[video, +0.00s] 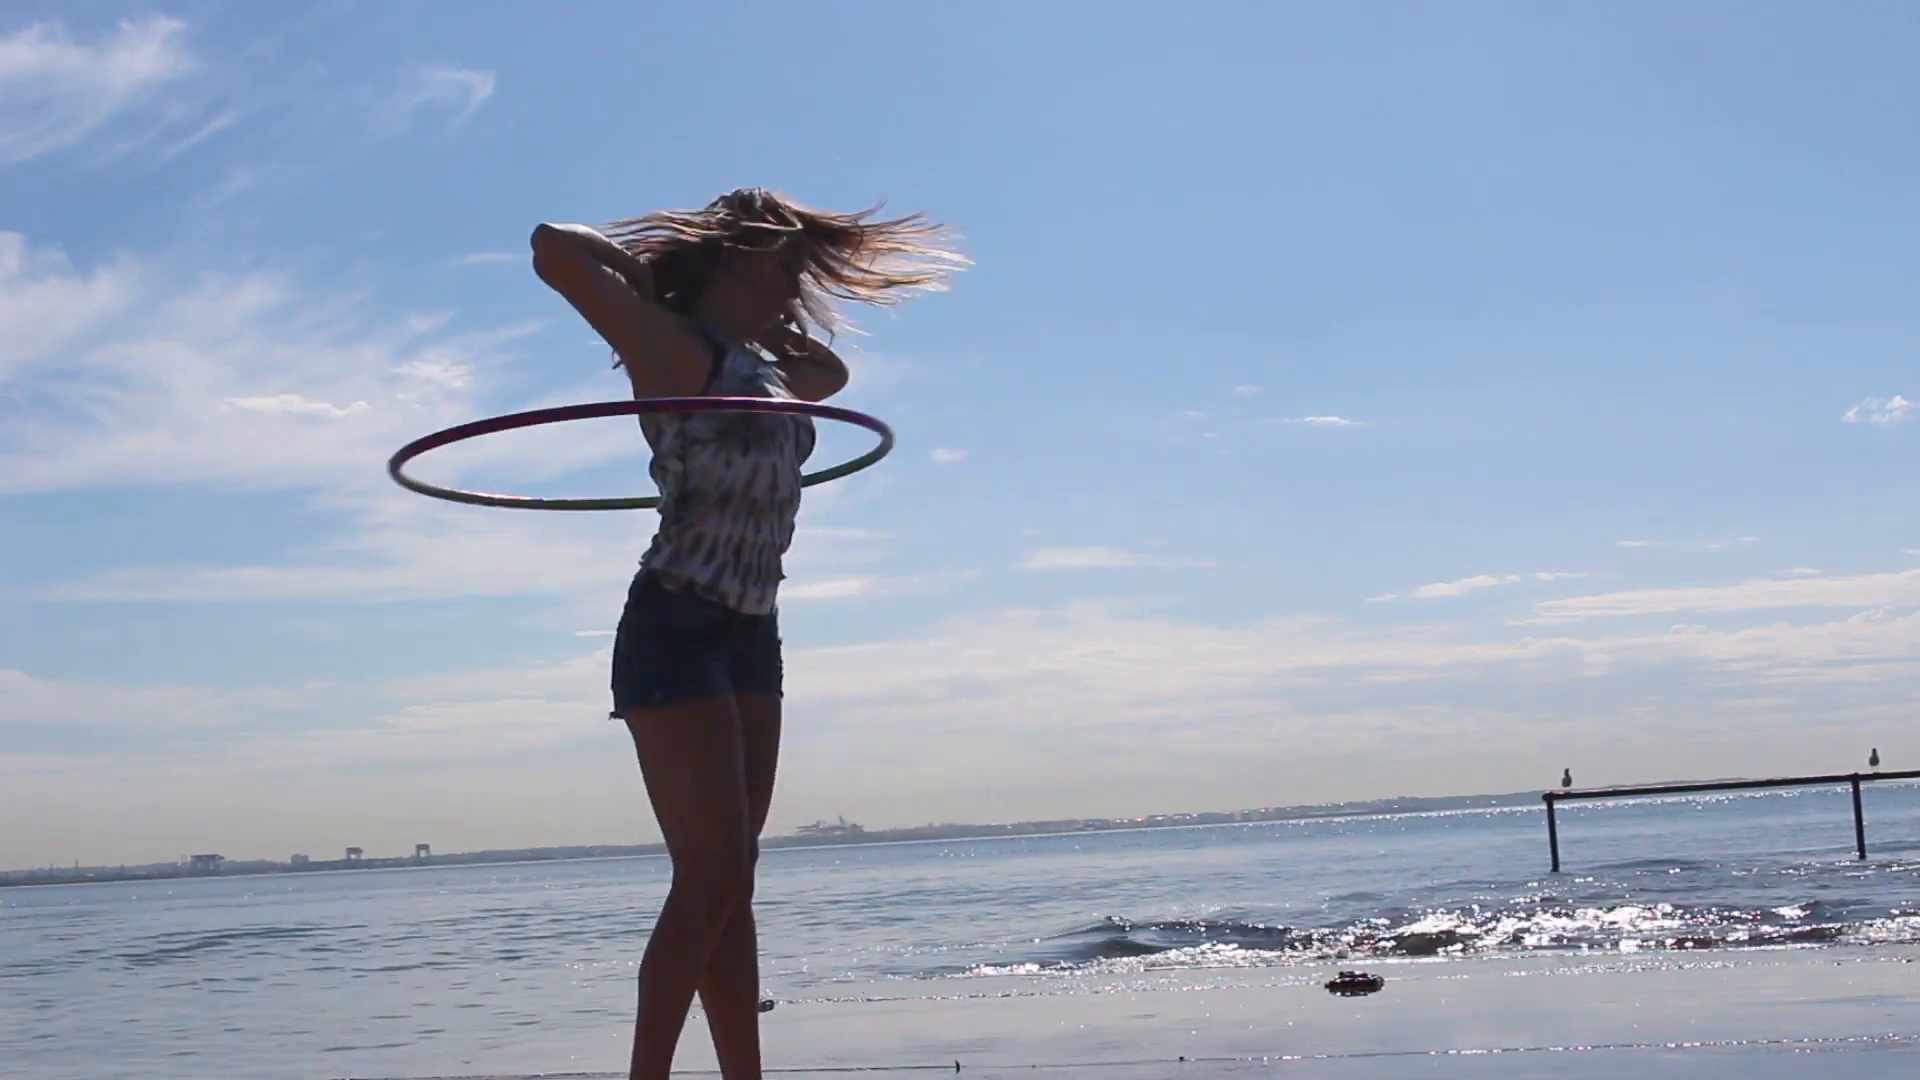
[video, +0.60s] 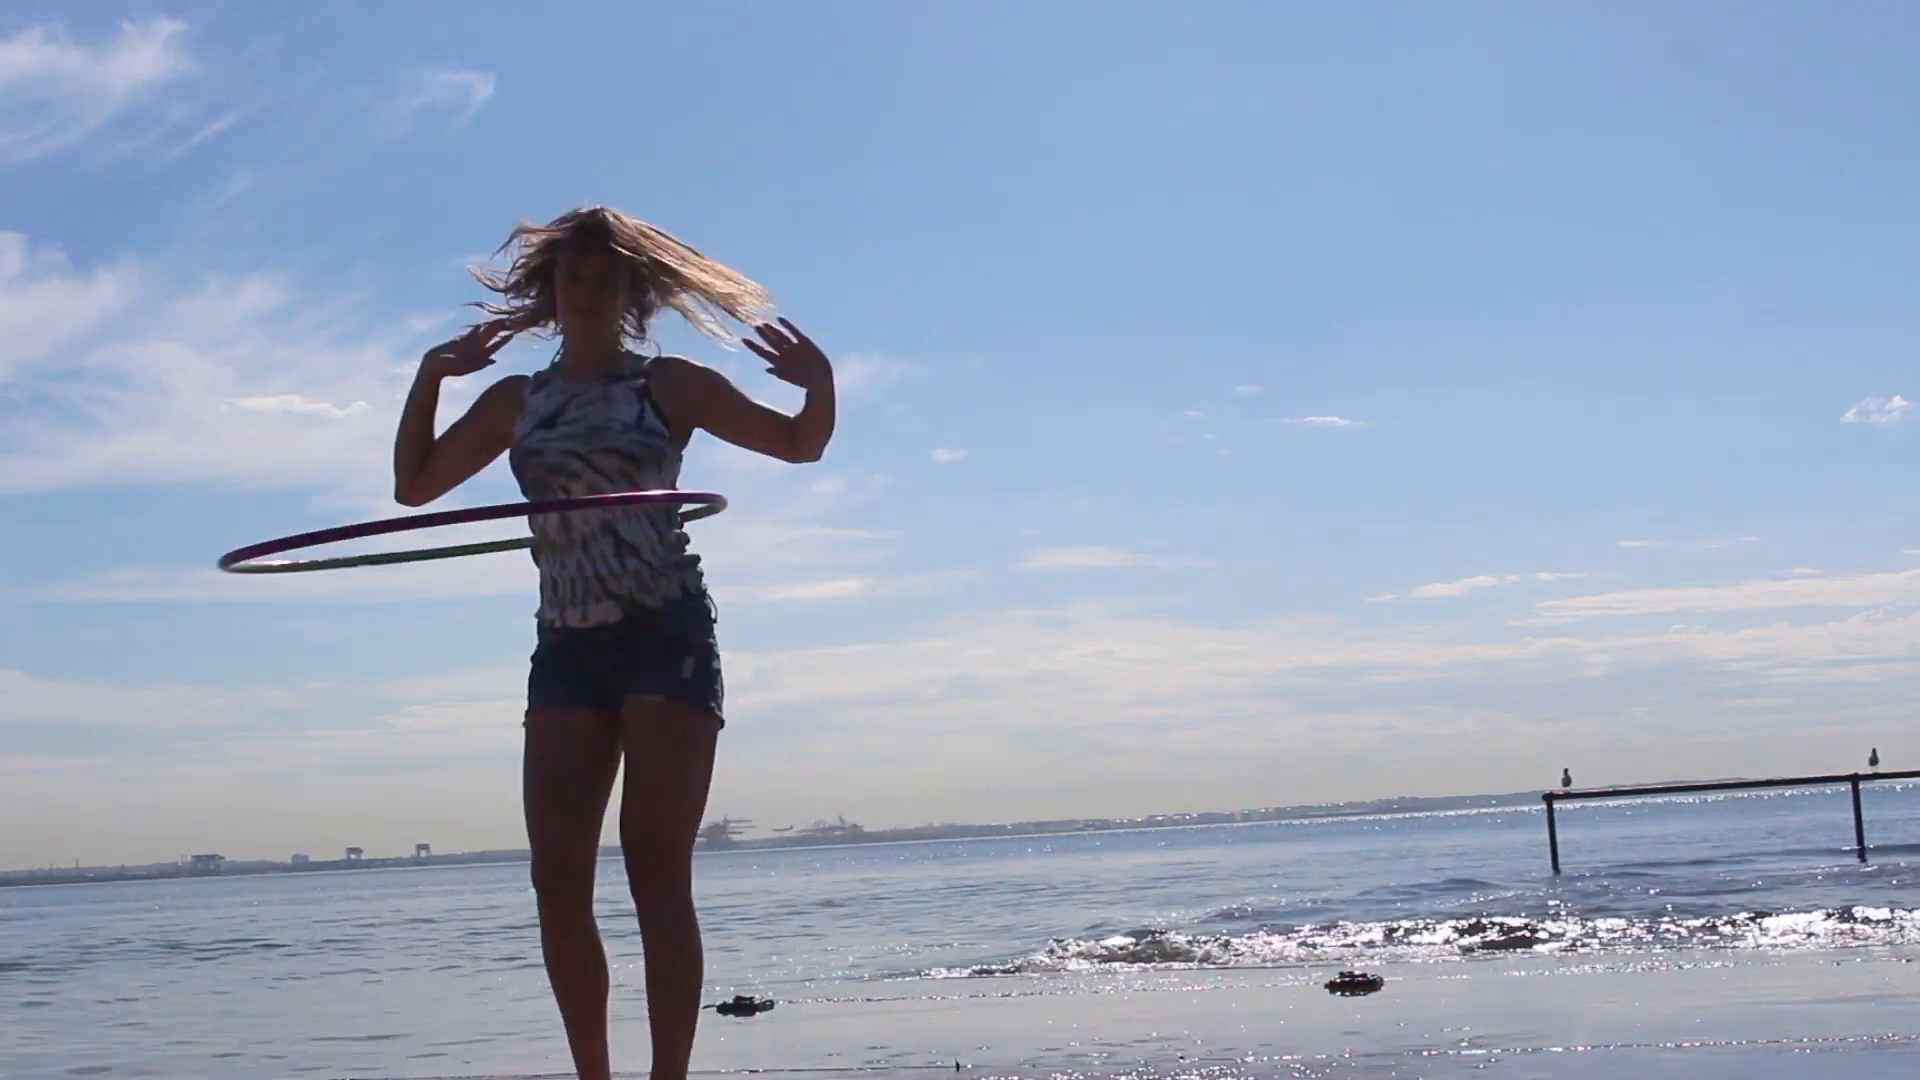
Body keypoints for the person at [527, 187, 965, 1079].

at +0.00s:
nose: (795, 288)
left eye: (798, 271)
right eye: (783, 268)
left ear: (761, 278)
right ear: (730, 266)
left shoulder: (763, 366)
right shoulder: (668, 347)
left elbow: (831, 373)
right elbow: (552, 246)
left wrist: (777, 321)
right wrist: (643, 262)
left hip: (752, 636)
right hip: (674, 630)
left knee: (733, 877)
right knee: (710, 873)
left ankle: (743, 1076)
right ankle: (648, 1073)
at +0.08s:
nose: (769, 287)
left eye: (775, 272)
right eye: (763, 265)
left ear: (739, 273)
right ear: (720, 261)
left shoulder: (703, 358)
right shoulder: (690, 351)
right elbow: (676, 251)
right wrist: (662, 244)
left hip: (655, 630)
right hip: (680, 630)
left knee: (694, 872)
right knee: (697, 871)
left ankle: (701, 1072)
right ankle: (638, 1073)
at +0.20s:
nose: (752, 280)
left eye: (751, 262)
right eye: (745, 264)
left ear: (636, 264)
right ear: (708, 268)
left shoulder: (578, 363)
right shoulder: (712, 350)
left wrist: (662, 286)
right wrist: (746, 277)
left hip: (612, 622)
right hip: (720, 622)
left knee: (622, 883)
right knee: (685, 880)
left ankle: (648, 1068)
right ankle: (649, 1069)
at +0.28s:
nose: (725, 300)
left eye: (726, 290)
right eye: (722, 290)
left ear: (610, 280)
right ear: (701, 294)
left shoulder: (557, 380)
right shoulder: (728, 376)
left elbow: (433, 397)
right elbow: (873, 361)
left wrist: (540, 334)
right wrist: (757, 313)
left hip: (612, 646)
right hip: (722, 641)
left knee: (595, 886)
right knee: (699, 878)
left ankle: (657, 1070)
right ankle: (697, 1065)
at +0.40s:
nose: (578, 321)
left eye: (588, 307)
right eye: (581, 308)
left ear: (620, 316)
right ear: (672, 323)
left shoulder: (598, 397)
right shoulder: (700, 410)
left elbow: (534, 431)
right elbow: (785, 430)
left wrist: (481, 360)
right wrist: (704, 361)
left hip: (604, 664)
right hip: (679, 663)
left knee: (584, 897)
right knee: (633, 897)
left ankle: (650, 1072)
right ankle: (755, 1054)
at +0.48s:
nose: (582, 318)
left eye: (597, 302)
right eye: (584, 304)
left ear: (637, 316)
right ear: (611, 318)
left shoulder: (651, 402)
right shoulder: (597, 412)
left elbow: (737, 461)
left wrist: (628, 386)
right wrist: (579, 623)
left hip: (646, 673)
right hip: (614, 672)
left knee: (582, 902)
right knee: (541, 896)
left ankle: (657, 1073)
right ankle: (699, 1068)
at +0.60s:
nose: (585, 288)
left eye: (601, 275)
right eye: (571, 274)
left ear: (630, 289)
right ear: (548, 287)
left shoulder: (671, 384)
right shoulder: (517, 400)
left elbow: (800, 445)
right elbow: (415, 483)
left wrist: (821, 380)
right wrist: (430, 373)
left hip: (666, 635)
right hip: (568, 643)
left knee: (656, 877)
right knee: (558, 884)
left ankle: (669, 1075)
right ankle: (594, 1075)